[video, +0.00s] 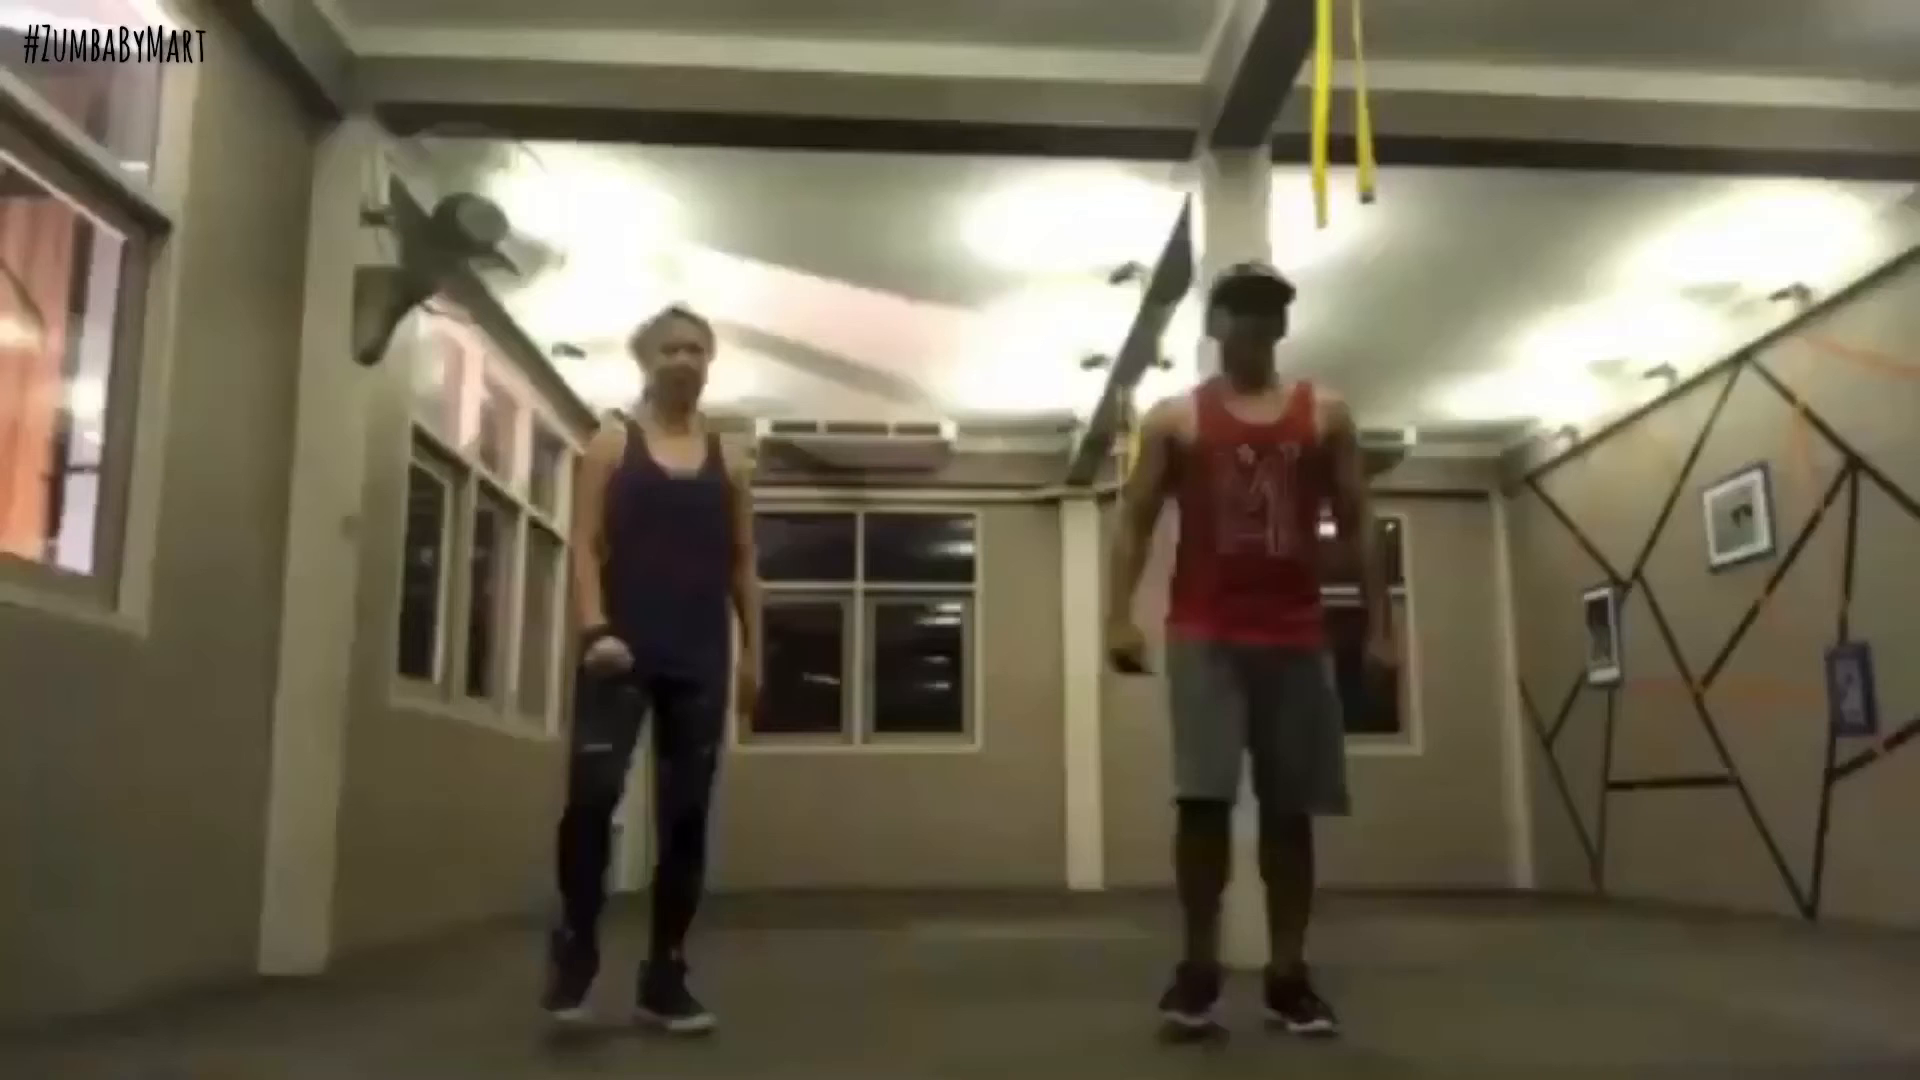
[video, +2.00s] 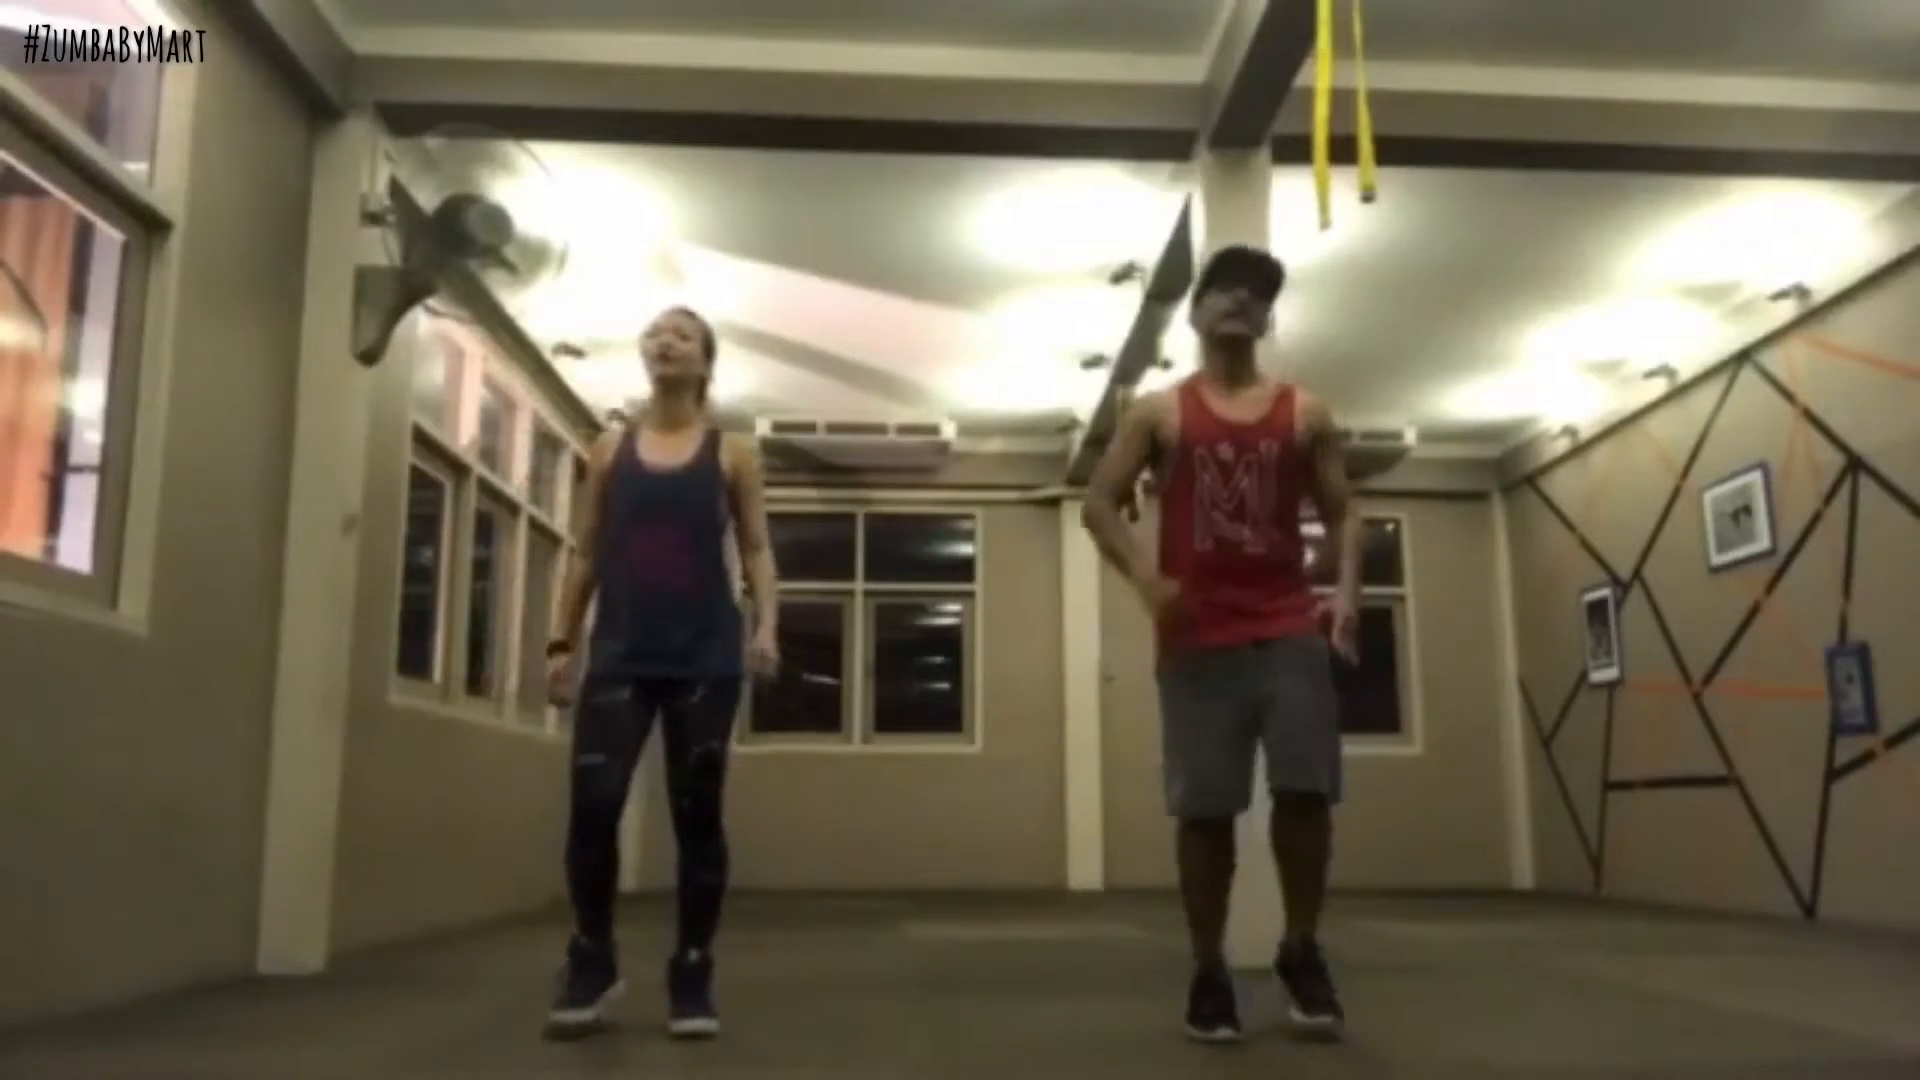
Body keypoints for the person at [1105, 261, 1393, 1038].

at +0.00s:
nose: (1253, 333)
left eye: (1267, 319)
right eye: (1239, 317)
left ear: (1283, 326)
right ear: (1214, 324)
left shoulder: (1324, 416)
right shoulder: (1174, 422)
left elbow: (1358, 527)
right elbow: (1136, 524)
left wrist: (1376, 628)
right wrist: (1118, 617)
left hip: (1296, 637)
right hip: (1204, 634)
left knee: (1290, 810)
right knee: (1203, 804)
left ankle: (1289, 977)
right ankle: (1198, 972)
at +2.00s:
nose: (1235, 304)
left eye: (1250, 294)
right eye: (1221, 292)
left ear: (1269, 313)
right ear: (1195, 309)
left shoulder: (1304, 414)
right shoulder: (1159, 411)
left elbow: (1343, 511)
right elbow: (1100, 505)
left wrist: (1346, 592)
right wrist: (1147, 581)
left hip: (1292, 630)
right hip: (1199, 638)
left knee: (1305, 796)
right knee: (1205, 810)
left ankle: (1301, 951)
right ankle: (1209, 974)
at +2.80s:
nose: (1245, 330)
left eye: (1258, 320)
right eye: (1231, 317)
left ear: (1274, 336)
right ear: (1204, 331)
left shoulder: (1299, 415)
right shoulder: (1169, 424)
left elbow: (1347, 495)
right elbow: (1090, 500)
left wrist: (1314, 510)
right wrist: (1124, 586)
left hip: (1284, 641)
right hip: (1204, 644)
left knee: (1288, 815)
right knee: (1208, 820)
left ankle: (1292, 976)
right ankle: (1195, 976)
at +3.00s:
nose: (1232, 332)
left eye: (1246, 321)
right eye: (1218, 319)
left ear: (1264, 335)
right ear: (1193, 332)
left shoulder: (1289, 427)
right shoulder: (1156, 427)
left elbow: (1325, 515)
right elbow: (1102, 516)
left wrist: (1329, 588)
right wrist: (1164, 571)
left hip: (1272, 631)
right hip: (1187, 638)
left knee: (1284, 787)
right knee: (1192, 806)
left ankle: (1288, 942)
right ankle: (1195, 968)